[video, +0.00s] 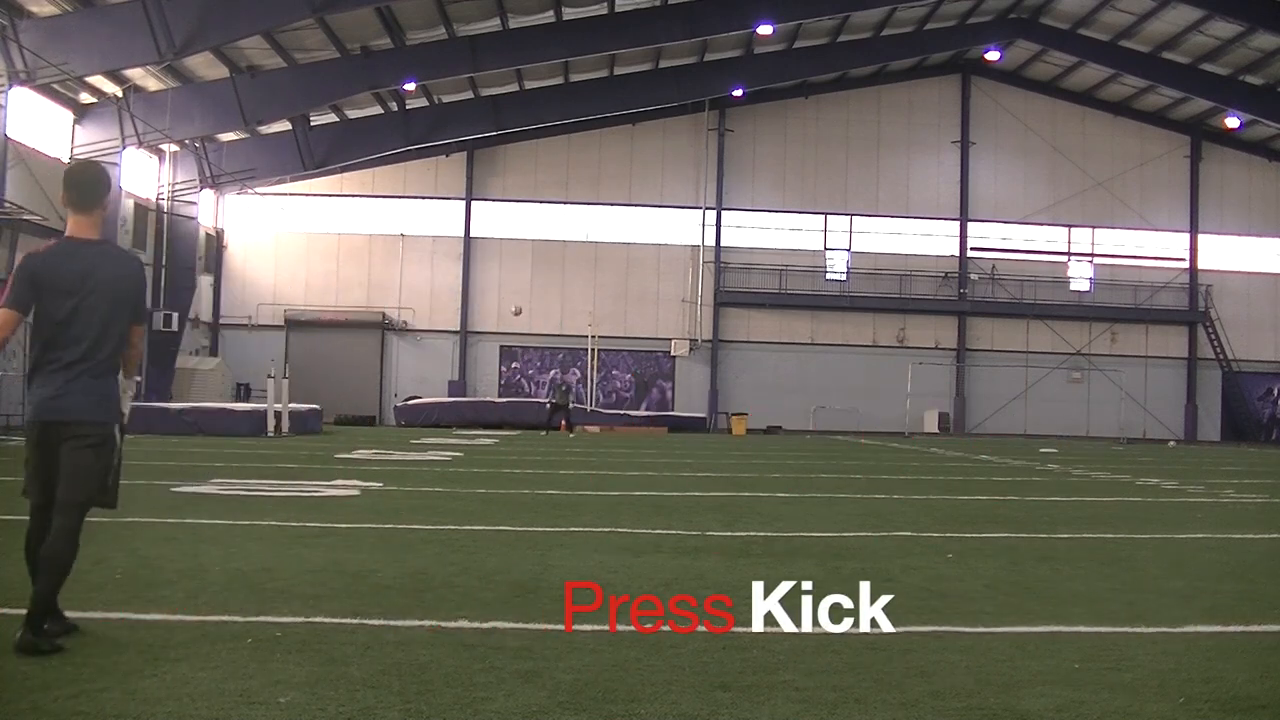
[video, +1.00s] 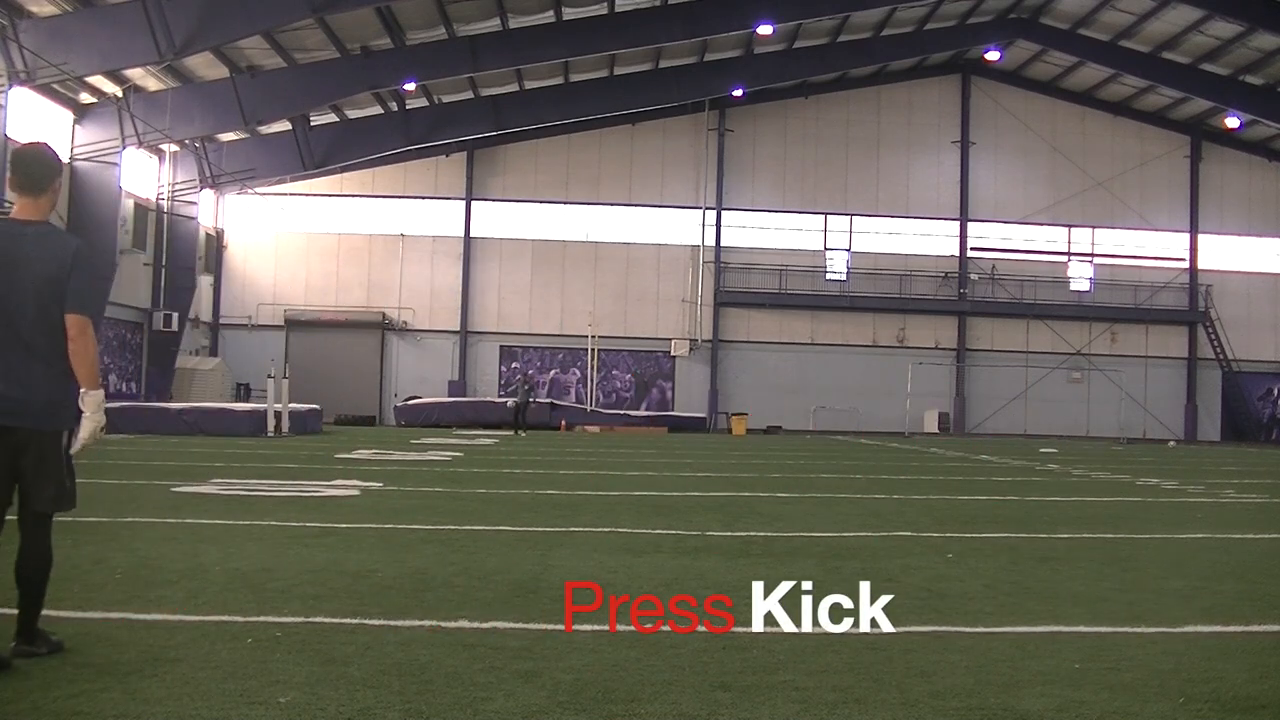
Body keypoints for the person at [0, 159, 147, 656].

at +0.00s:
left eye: (63, 198)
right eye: (103, 197)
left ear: (63, 201)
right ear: (107, 202)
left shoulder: (37, 262)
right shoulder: (130, 267)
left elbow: (4, 330)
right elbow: (133, 355)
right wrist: (118, 363)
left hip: (44, 408)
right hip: (95, 412)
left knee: (42, 511)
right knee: (68, 518)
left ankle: (48, 613)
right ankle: (34, 627)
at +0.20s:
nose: (110, 204)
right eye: (110, 197)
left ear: (62, 196)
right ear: (107, 200)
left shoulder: (25, 251)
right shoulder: (114, 263)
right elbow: (134, 338)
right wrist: (149, 396)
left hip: (18, 402)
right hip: (69, 406)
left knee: (34, 509)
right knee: (46, 515)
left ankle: (43, 609)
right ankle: (28, 630)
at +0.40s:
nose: (100, 201)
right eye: (102, 193)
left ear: (56, 190)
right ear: (100, 196)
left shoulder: (15, 245)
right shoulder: (103, 257)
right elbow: (118, 337)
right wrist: (130, 399)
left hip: (7, 401)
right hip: (55, 408)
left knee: (22, 509)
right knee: (39, 516)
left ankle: (20, 618)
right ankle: (25, 631)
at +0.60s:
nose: (87, 201)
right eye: (90, 192)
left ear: (45, 190)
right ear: (89, 195)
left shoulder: (9, 244)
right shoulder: (92, 257)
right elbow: (100, 338)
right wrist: (113, 406)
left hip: (3, 406)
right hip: (53, 412)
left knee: (5, 518)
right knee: (40, 523)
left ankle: (6, 622)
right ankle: (26, 632)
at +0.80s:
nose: (77, 199)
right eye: (78, 193)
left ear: (31, 188)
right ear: (75, 195)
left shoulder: (6, 240)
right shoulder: (79, 257)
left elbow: (83, 339)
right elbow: (83, 339)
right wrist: (100, 409)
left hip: (3, 409)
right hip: (45, 414)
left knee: (8, 521)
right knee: (38, 525)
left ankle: (22, 632)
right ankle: (26, 633)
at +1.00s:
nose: (57, 193)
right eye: (59, 185)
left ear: (10, 185)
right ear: (56, 187)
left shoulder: (3, 234)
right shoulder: (70, 249)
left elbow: (77, 332)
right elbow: (76, 330)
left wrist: (92, 401)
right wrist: (94, 402)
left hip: (4, 412)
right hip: (39, 414)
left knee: (25, 525)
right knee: (35, 526)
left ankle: (25, 631)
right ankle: (26, 632)